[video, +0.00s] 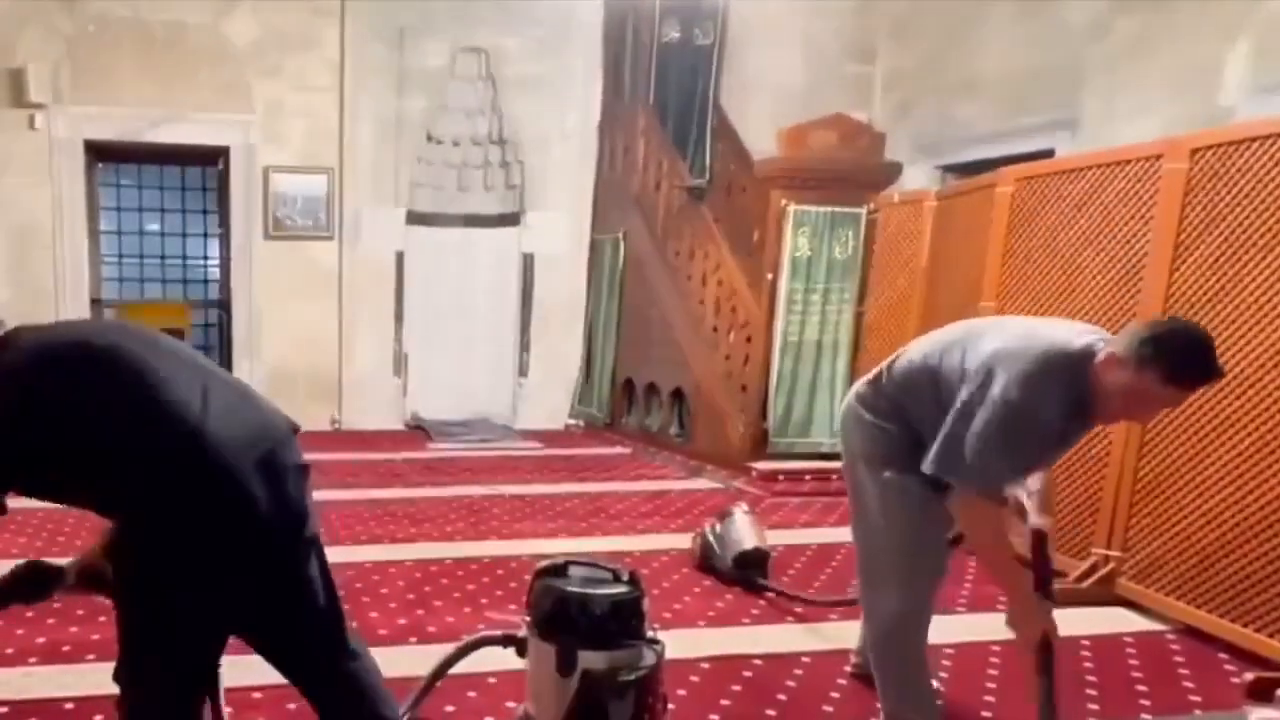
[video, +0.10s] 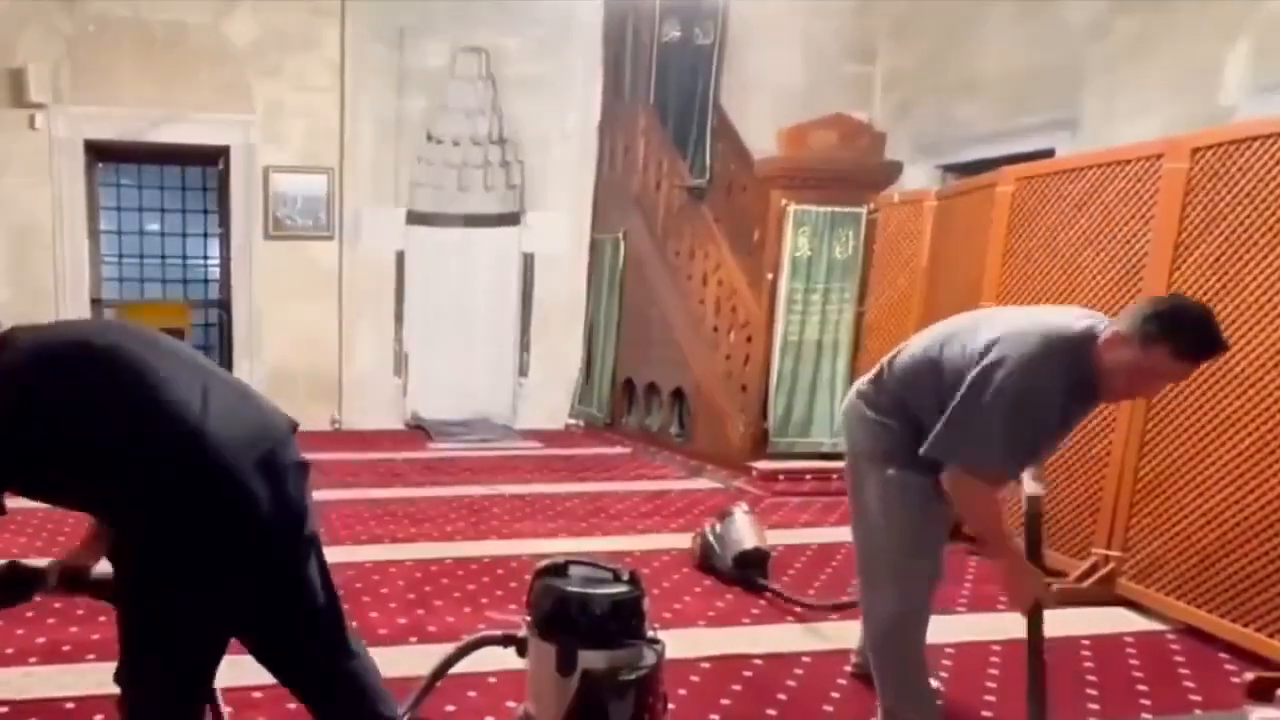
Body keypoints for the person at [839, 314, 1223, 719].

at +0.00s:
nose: (1148, 417)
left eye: (1162, 407)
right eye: (1149, 398)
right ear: (1116, 363)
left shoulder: (1097, 375)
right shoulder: (1029, 379)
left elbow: (1040, 448)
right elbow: (971, 505)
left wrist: (1038, 514)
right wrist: (1020, 597)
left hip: (943, 429)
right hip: (887, 423)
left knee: (922, 561)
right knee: (900, 586)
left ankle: (875, 653)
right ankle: (910, 707)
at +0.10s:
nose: (1153, 393)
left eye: (1165, 384)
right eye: (1156, 377)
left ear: (1123, 339)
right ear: (1123, 343)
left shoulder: (1094, 354)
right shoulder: (1033, 360)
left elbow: (1027, 419)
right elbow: (964, 479)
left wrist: (1024, 468)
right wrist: (1013, 565)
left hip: (936, 426)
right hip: (889, 422)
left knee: (918, 565)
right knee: (900, 586)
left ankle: (876, 655)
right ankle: (909, 709)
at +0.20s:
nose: (1166, 378)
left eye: (1177, 368)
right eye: (1170, 362)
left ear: (1133, 327)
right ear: (1136, 332)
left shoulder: (1094, 348)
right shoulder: (1046, 349)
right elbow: (963, 466)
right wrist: (1015, 543)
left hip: (932, 429)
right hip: (892, 421)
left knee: (920, 563)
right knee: (901, 583)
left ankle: (879, 656)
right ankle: (907, 707)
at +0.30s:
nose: (1174, 364)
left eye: (1184, 354)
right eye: (1177, 348)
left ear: (1138, 317)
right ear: (1143, 320)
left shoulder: (1097, 345)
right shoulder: (1054, 340)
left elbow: (1017, 419)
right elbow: (970, 454)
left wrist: (1013, 475)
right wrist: (1011, 528)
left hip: (935, 428)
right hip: (896, 421)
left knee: (923, 562)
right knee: (903, 580)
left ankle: (880, 655)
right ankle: (907, 707)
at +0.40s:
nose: (1182, 354)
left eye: (1191, 342)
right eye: (1183, 337)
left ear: (1142, 309)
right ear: (1148, 313)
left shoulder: (1096, 337)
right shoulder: (1063, 339)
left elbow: (1011, 434)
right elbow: (981, 448)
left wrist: (1017, 503)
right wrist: (1015, 519)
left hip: (925, 428)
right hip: (904, 428)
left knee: (915, 559)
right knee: (931, 576)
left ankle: (877, 653)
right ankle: (909, 704)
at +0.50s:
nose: (1189, 347)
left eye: (1199, 335)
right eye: (1191, 330)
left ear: (1146, 302)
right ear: (1157, 308)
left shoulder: (1095, 327)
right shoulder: (1074, 339)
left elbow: (1012, 432)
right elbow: (994, 447)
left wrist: (1022, 513)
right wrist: (1025, 520)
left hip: (916, 421)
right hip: (914, 430)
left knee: (918, 548)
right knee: (969, 565)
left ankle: (882, 655)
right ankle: (923, 707)